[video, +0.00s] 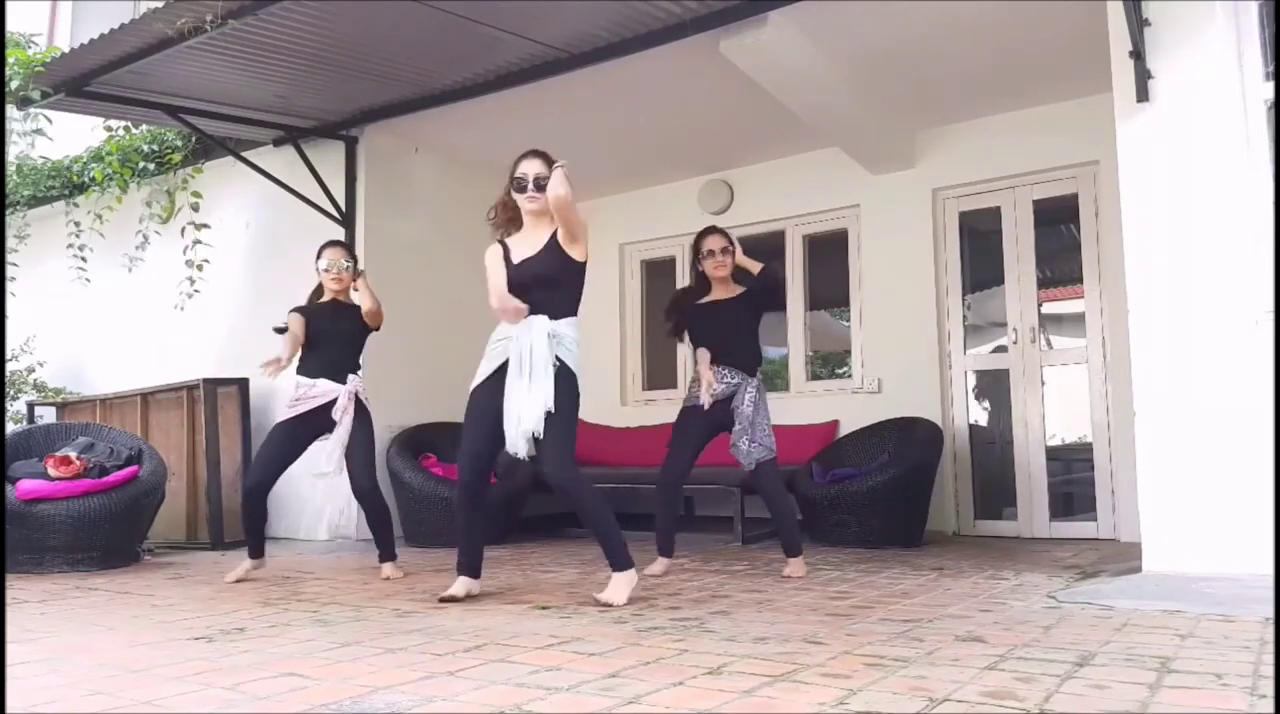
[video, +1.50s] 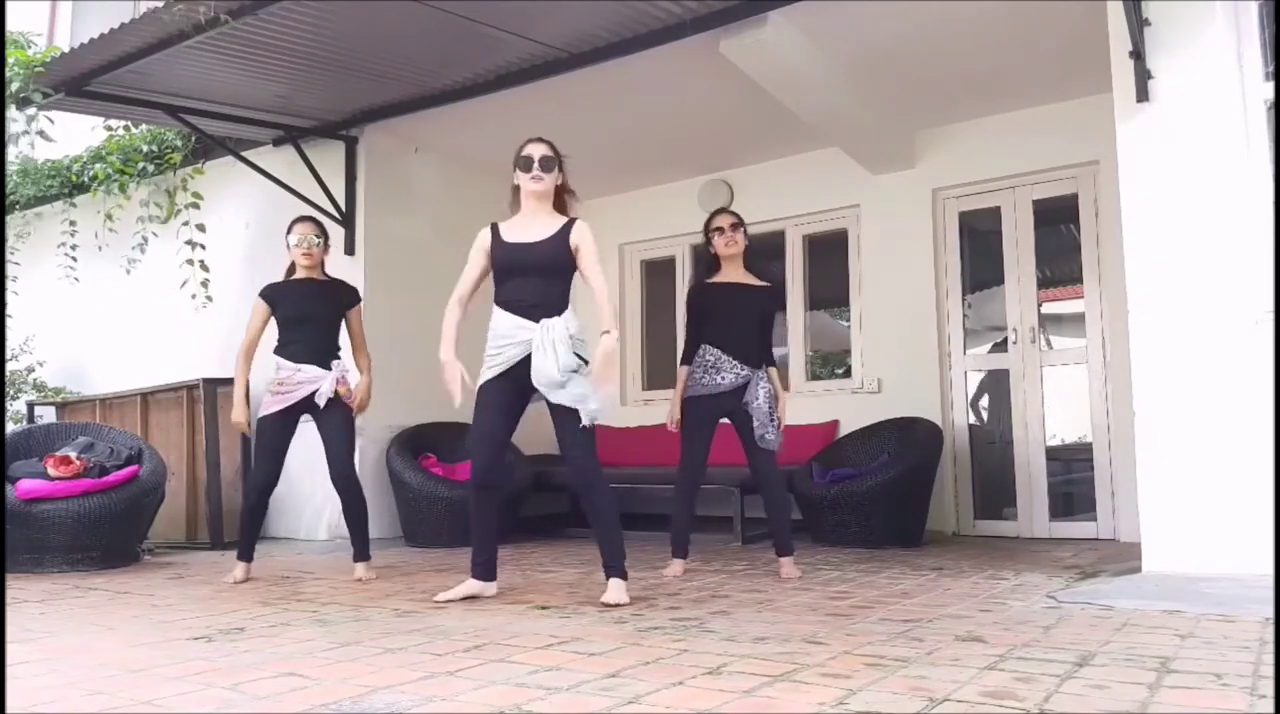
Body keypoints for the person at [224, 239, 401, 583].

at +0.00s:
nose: (335, 272)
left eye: (343, 266)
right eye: (328, 266)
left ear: (353, 274)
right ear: (317, 272)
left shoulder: (361, 314)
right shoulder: (303, 312)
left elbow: (373, 312)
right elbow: (293, 338)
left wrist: (363, 286)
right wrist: (284, 357)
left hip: (351, 404)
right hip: (308, 403)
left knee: (364, 484)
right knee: (254, 483)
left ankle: (388, 560)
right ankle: (255, 557)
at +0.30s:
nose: (299, 263)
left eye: (306, 256)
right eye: (291, 258)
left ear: (321, 261)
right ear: (284, 264)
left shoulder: (338, 304)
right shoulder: (279, 305)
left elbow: (371, 289)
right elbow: (227, 303)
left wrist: (343, 265)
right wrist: (183, 295)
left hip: (324, 399)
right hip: (281, 397)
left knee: (372, 464)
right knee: (256, 485)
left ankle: (357, 549)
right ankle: (230, 562)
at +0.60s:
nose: (326, 270)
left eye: (334, 265)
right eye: (319, 263)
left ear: (345, 275)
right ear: (309, 269)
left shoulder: (347, 316)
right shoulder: (289, 306)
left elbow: (376, 313)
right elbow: (276, 338)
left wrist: (358, 280)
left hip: (334, 403)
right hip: (292, 401)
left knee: (363, 483)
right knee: (254, 486)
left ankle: (389, 558)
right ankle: (243, 564)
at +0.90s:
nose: (347, 269)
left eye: (355, 263)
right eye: (340, 263)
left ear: (367, 270)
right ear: (331, 267)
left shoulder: (371, 310)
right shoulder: (315, 299)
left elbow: (394, 294)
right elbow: (306, 299)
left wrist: (382, 271)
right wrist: (324, 297)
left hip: (352, 403)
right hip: (314, 401)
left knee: (364, 484)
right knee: (254, 473)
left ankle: (396, 558)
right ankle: (282, 559)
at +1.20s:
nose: (317, 267)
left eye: (325, 261)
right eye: (310, 261)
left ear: (338, 268)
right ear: (301, 269)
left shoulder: (357, 311)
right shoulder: (291, 315)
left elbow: (381, 361)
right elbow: (246, 358)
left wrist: (380, 316)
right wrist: (198, 379)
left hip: (333, 405)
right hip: (289, 401)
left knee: (352, 486)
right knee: (255, 487)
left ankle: (391, 555)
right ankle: (249, 564)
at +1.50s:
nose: (307, 244)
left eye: (314, 239)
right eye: (299, 239)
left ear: (326, 247)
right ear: (289, 249)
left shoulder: (344, 292)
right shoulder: (274, 292)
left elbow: (358, 345)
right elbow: (247, 348)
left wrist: (365, 379)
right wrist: (239, 400)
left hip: (331, 388)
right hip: (285, 388)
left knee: (344, 475)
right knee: (263, 479)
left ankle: (362, 560)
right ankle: (243, 561)